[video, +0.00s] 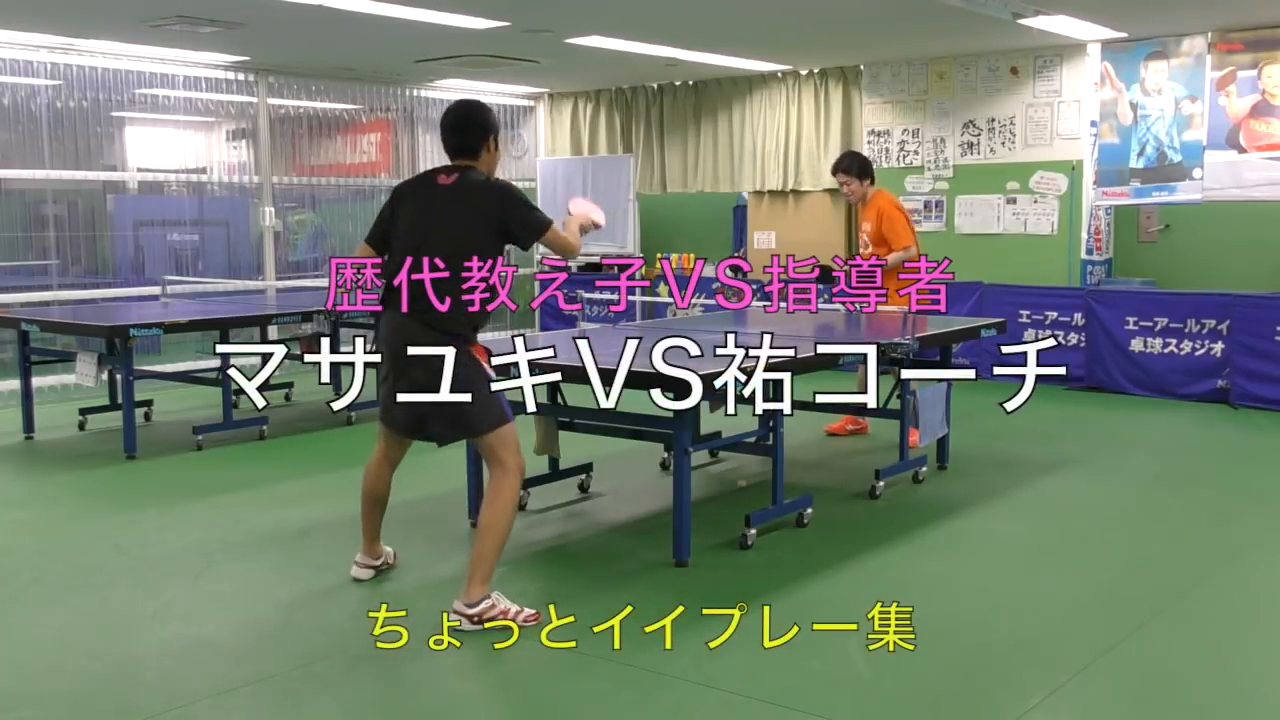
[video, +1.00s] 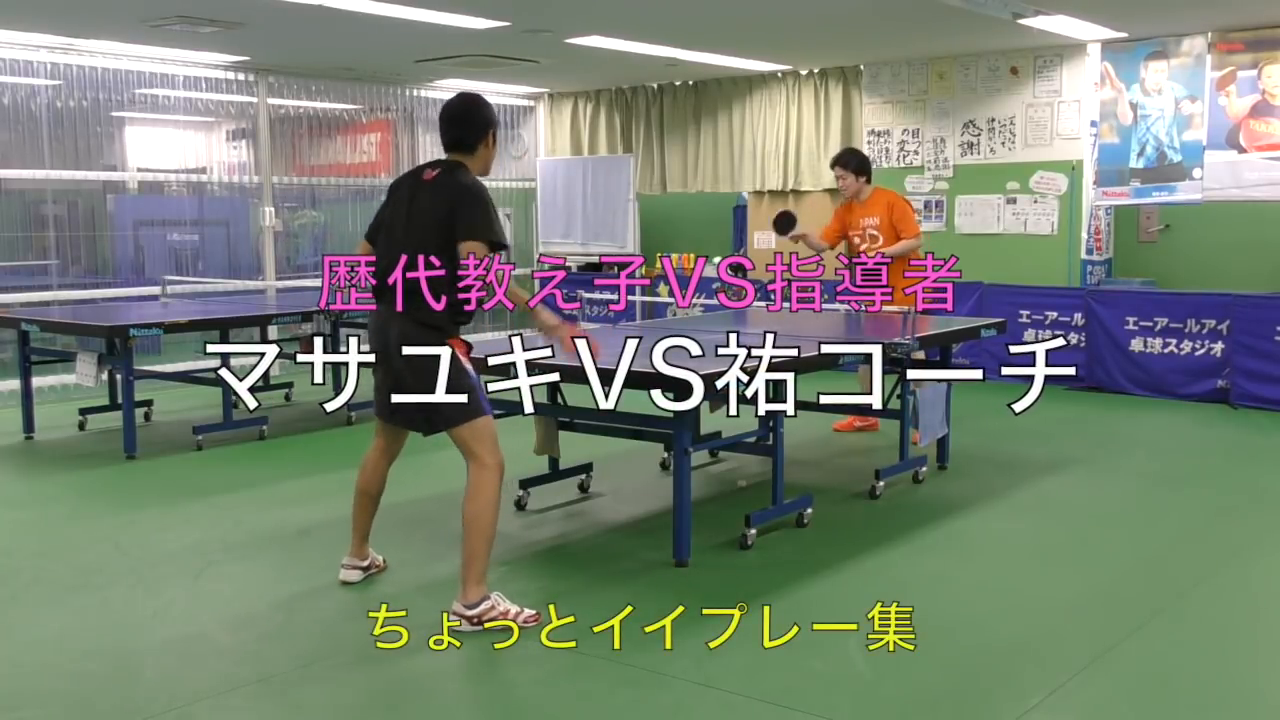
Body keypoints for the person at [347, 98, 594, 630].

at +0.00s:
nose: (499, 150)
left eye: (496, 142)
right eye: (498, 142)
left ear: (446, 144)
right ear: (489, 144)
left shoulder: (408, 191)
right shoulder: (496, 195)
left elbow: (367, 254)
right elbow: (568, 248)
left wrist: (423, 263)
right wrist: (575, 218)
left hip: (399, 345)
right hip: (453, 348)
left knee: (385, 453)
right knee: (507, 467)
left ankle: (369, 552)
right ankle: (475, 596)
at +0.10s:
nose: (502, 146)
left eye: (499, 137)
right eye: (502, 137)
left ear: (450, 136)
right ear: (493, 137)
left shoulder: (412, 184)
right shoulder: (489, 189)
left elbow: (372, 251)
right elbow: (530, 263)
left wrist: (429, 266)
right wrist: (574, 277)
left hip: (396, 338)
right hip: (448, 343)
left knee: (391, 445)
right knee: (500, 462)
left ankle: (365, 554)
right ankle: (475, 598)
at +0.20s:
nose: (509, 150)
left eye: (507, 140)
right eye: (508, 140)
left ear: (459, 137)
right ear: (496, 141)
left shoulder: (421, 183)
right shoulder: (473, 190)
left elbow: (380, 249)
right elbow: (464, 268)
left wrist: (434, 275)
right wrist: (523, 315)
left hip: (397, 342)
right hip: (437, 347)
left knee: (395, 443)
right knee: (492, 461)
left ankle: (359, 553)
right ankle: (474, 597)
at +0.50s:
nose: (509, 173)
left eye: (512, 163)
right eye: (508, 161)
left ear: (469, 154)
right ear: (482, 154)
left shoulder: (422, 191)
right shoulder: (458, 196)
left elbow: (384, 258)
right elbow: (502, 276)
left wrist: (452, 286)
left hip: (386, 344)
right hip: (418, 350)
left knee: (389, 446)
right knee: (481, 458)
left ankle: (357, 554)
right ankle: (472, 597)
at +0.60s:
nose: (505, 160)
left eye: (505, 150)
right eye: (503, 150)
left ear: (457, 145)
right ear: (484, 147)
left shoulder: (409, 186)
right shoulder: (483, 194)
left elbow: (371, 245)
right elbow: (556, 243)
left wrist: (428, 260)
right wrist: (589, 213)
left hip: (379, 339)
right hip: (425, 344)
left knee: (377, 446)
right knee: (487, 458)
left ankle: (356, 555)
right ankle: (473, 597)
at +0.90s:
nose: (491, 145)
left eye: (487, 136)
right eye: (490, 137)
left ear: (438, 138)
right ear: (482, 138)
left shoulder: (400, 184)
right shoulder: (484, 192)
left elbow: (363, 250)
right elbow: (534, 254)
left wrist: (420, 267)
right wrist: (568, 245)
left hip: (388, 342)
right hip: (439, 345)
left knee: (378, 446)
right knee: (494, 460)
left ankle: (356, 556)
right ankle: (474, 596)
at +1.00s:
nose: (497, 146)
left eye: (495, 137)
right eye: (496, 137)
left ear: (444, 137)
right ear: (487, 139)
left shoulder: (407, 183)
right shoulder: (467, 190)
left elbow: (370, 248)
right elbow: (479, 266)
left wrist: (421, 287)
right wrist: (544, 318)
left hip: (388, 341)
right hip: (433, 345)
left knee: (384, 445)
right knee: (487, 460)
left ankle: (356, 555)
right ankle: (474, 596)